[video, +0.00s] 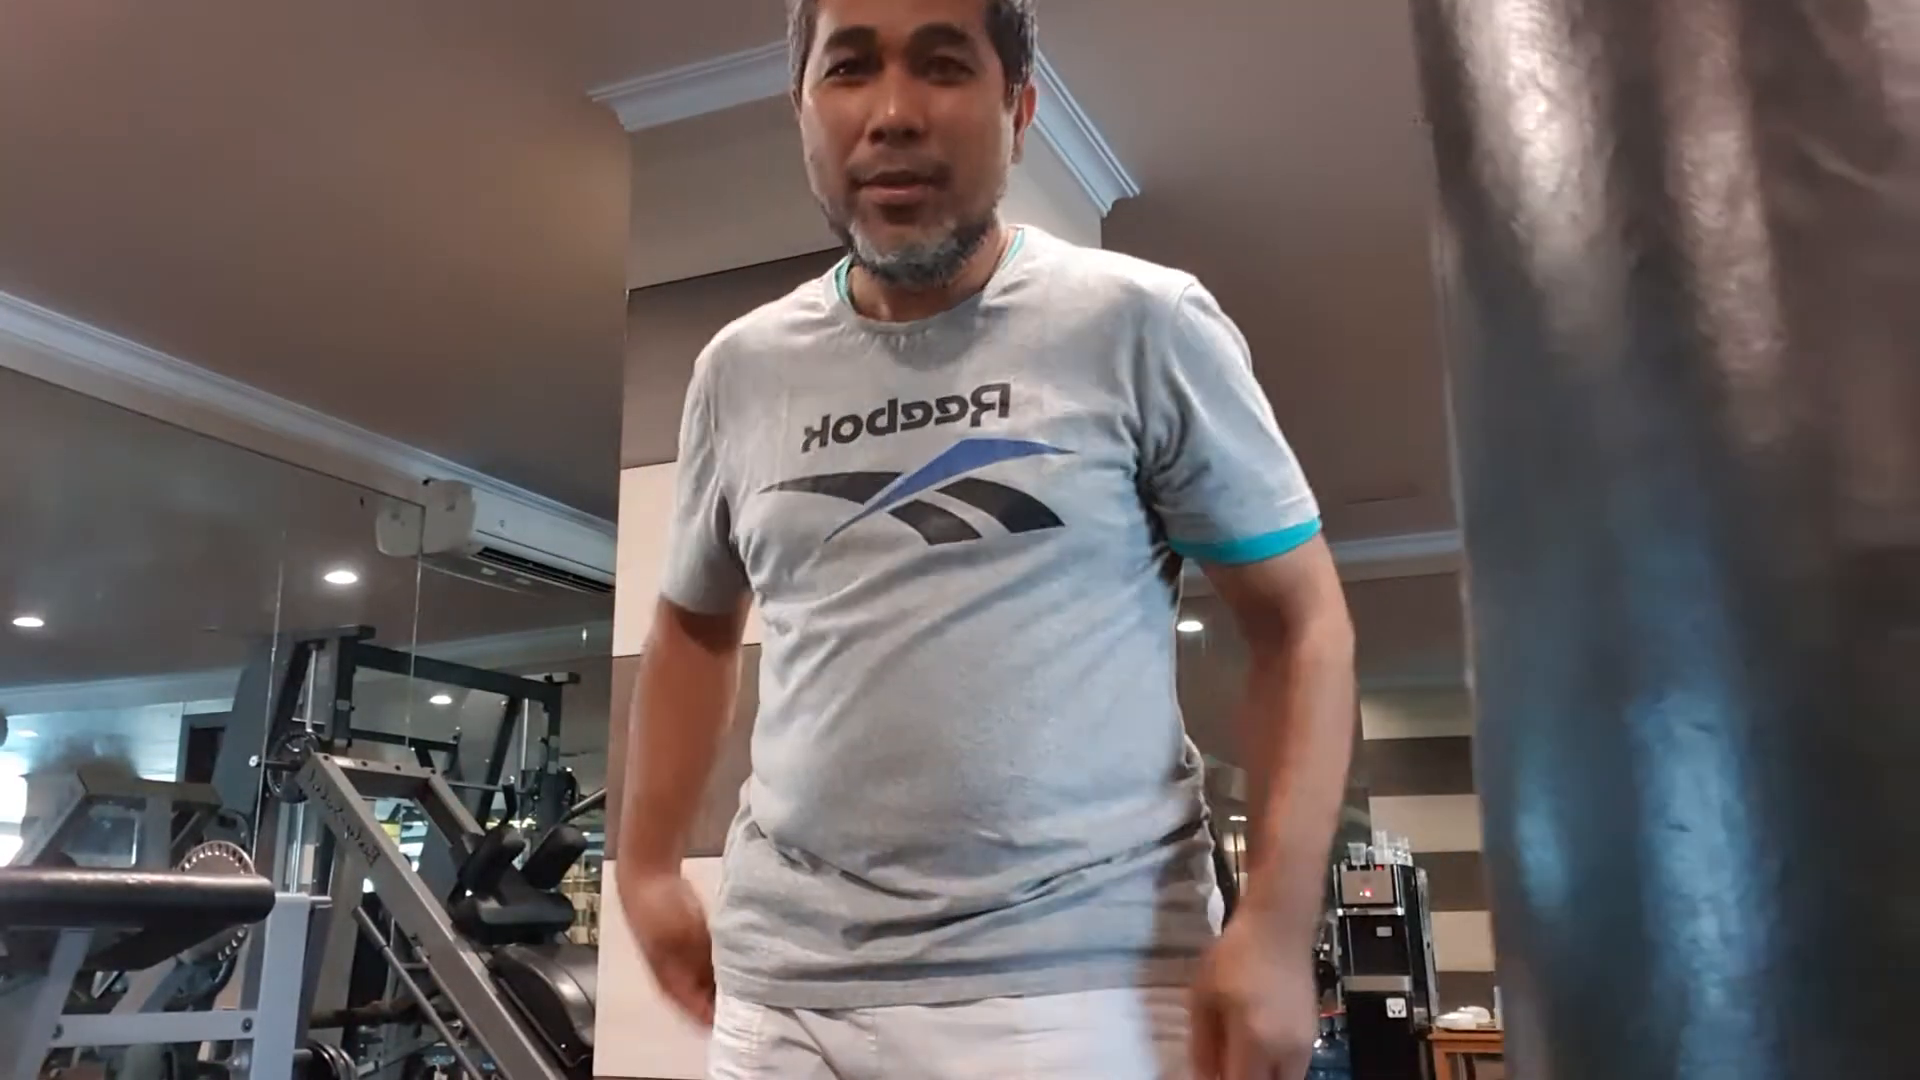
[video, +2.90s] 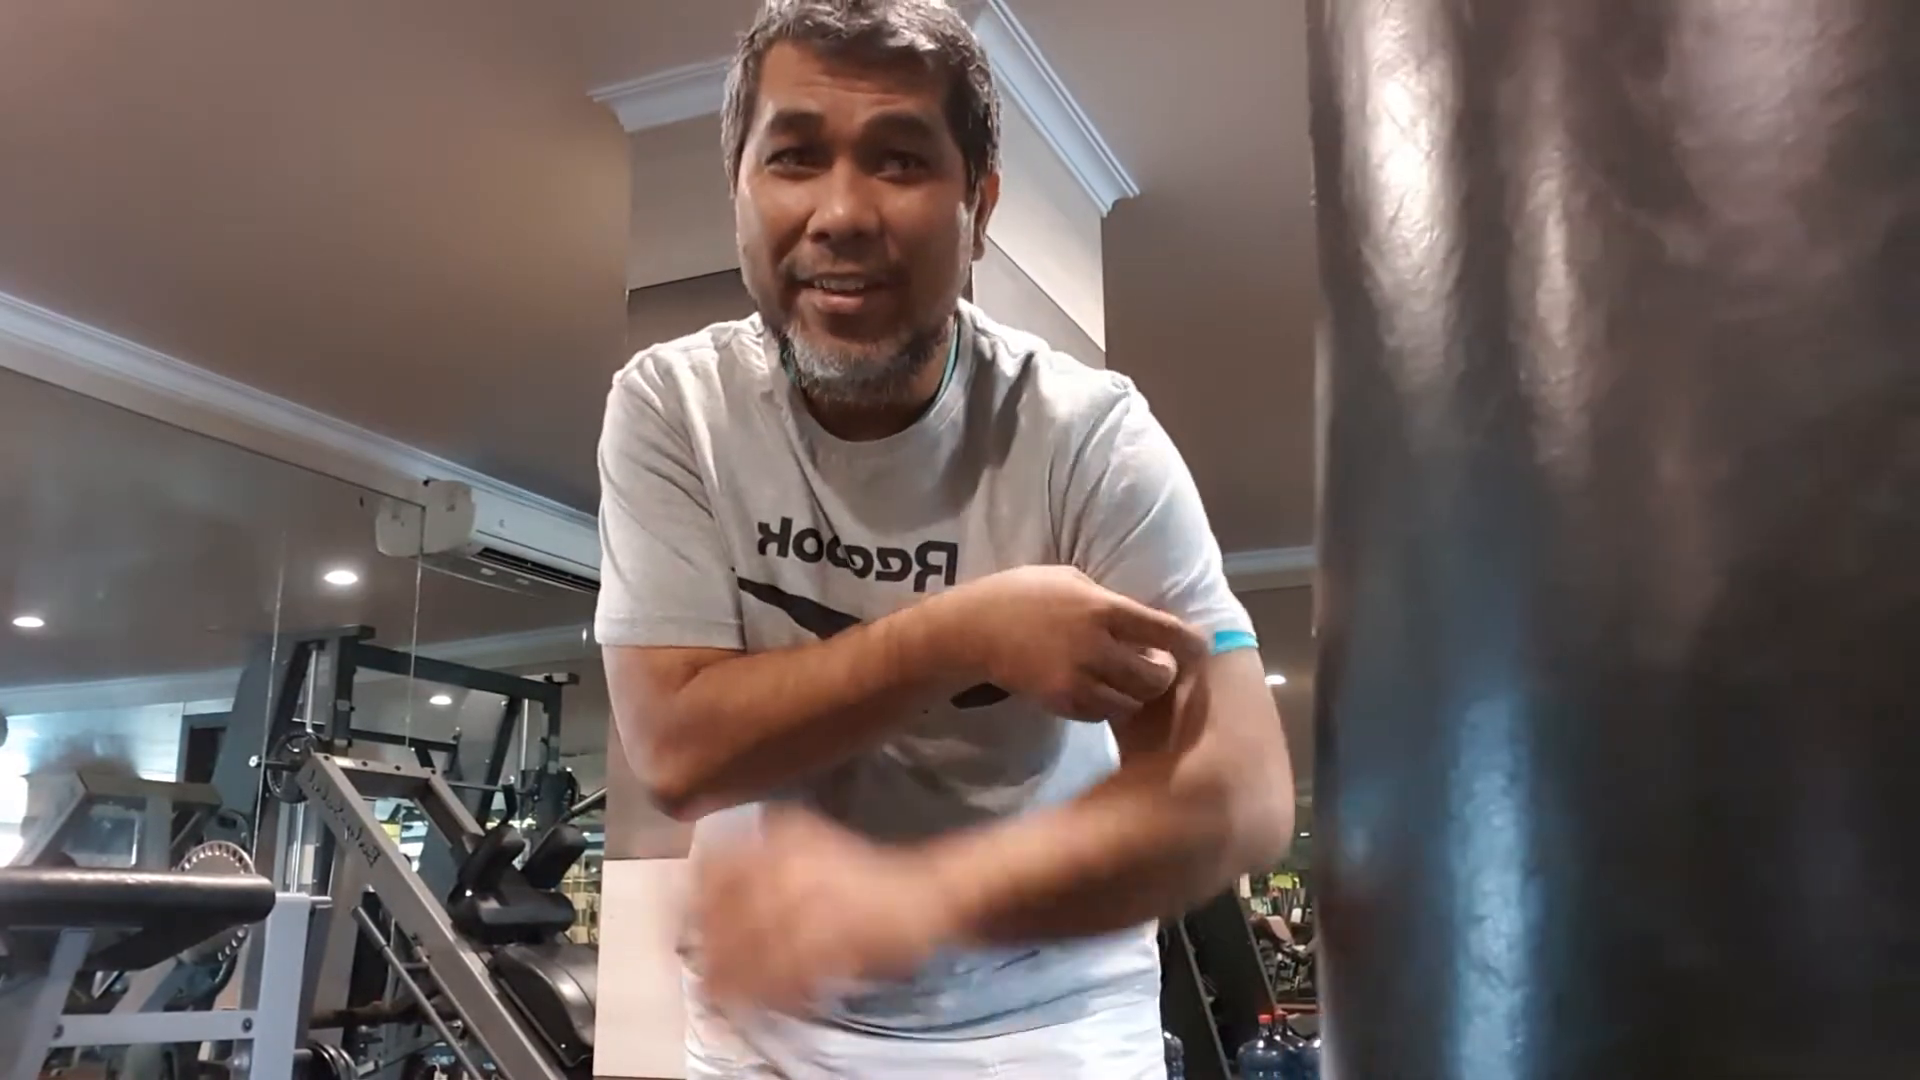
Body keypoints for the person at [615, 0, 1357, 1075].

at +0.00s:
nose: (892, 113)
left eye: (942, 67)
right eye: (851, 69)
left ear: (1017, 108)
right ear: (802, 112)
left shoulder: (1145, 326)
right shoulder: (741, 371)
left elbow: (1302, 623)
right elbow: (696, 628)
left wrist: (1279, 924)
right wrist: (646, 865)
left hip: (1080, 1004)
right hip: (792, 1005)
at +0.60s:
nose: (862, 228)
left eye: (918, 165)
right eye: (815, 167)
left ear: (1001, 197)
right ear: (759, 194)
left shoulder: (1151, 416)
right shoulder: (703, 437)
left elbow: (1259, 743)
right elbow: (653, 672)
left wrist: (1178, 1053)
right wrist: (671, 929)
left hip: (1091, 1020)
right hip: (809, 1013)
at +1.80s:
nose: (869, 214)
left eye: (925, 162)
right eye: (821, 159)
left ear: (1005, 204)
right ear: (765, 197)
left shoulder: (1125, 439)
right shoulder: (686, 437)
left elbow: (1223, 815)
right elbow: (603, 733)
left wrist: (1204, 1067)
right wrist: (760, 936)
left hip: (1063, 1000)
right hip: (792, 991)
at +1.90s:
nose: (867, 211)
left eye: (923, 160)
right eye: (819, 157)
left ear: (1003, 203)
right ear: (763, 193)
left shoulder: (1121, 438)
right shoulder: (687, 433)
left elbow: (1178, 850)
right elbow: (652, 780)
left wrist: (1170, 1072)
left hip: (1050, 1026)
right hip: (777, 1015)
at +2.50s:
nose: (853, 203)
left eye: (913, 152)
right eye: (806, 145)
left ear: (991, 200)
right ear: (750, 180)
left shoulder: (1101, 438)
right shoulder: (676, 396)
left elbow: (1138, 828)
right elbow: (677, 743)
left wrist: (1106, 1069)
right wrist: (990, 678)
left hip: (1005, 1023)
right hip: (748, 1007)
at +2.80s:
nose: (842, 209)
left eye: (898, 158)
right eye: (796, 155)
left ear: (979, 201)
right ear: (737, 187)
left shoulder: (1090, 434)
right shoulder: (671, 403)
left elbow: (1218, 800)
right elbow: (676, 745)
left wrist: (1035, 1058)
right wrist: (960, 628)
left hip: (1048, 1025)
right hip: (763, 1019)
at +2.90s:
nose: (842, 214)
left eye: (900, 161)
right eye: (796, 159)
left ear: (980, 204)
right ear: (736, 190)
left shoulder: (1089, 431)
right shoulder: (671, 407)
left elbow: (1235, 792)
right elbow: (675, 746)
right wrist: (965, 635)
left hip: (1053, 1017)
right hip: (767, 1017)